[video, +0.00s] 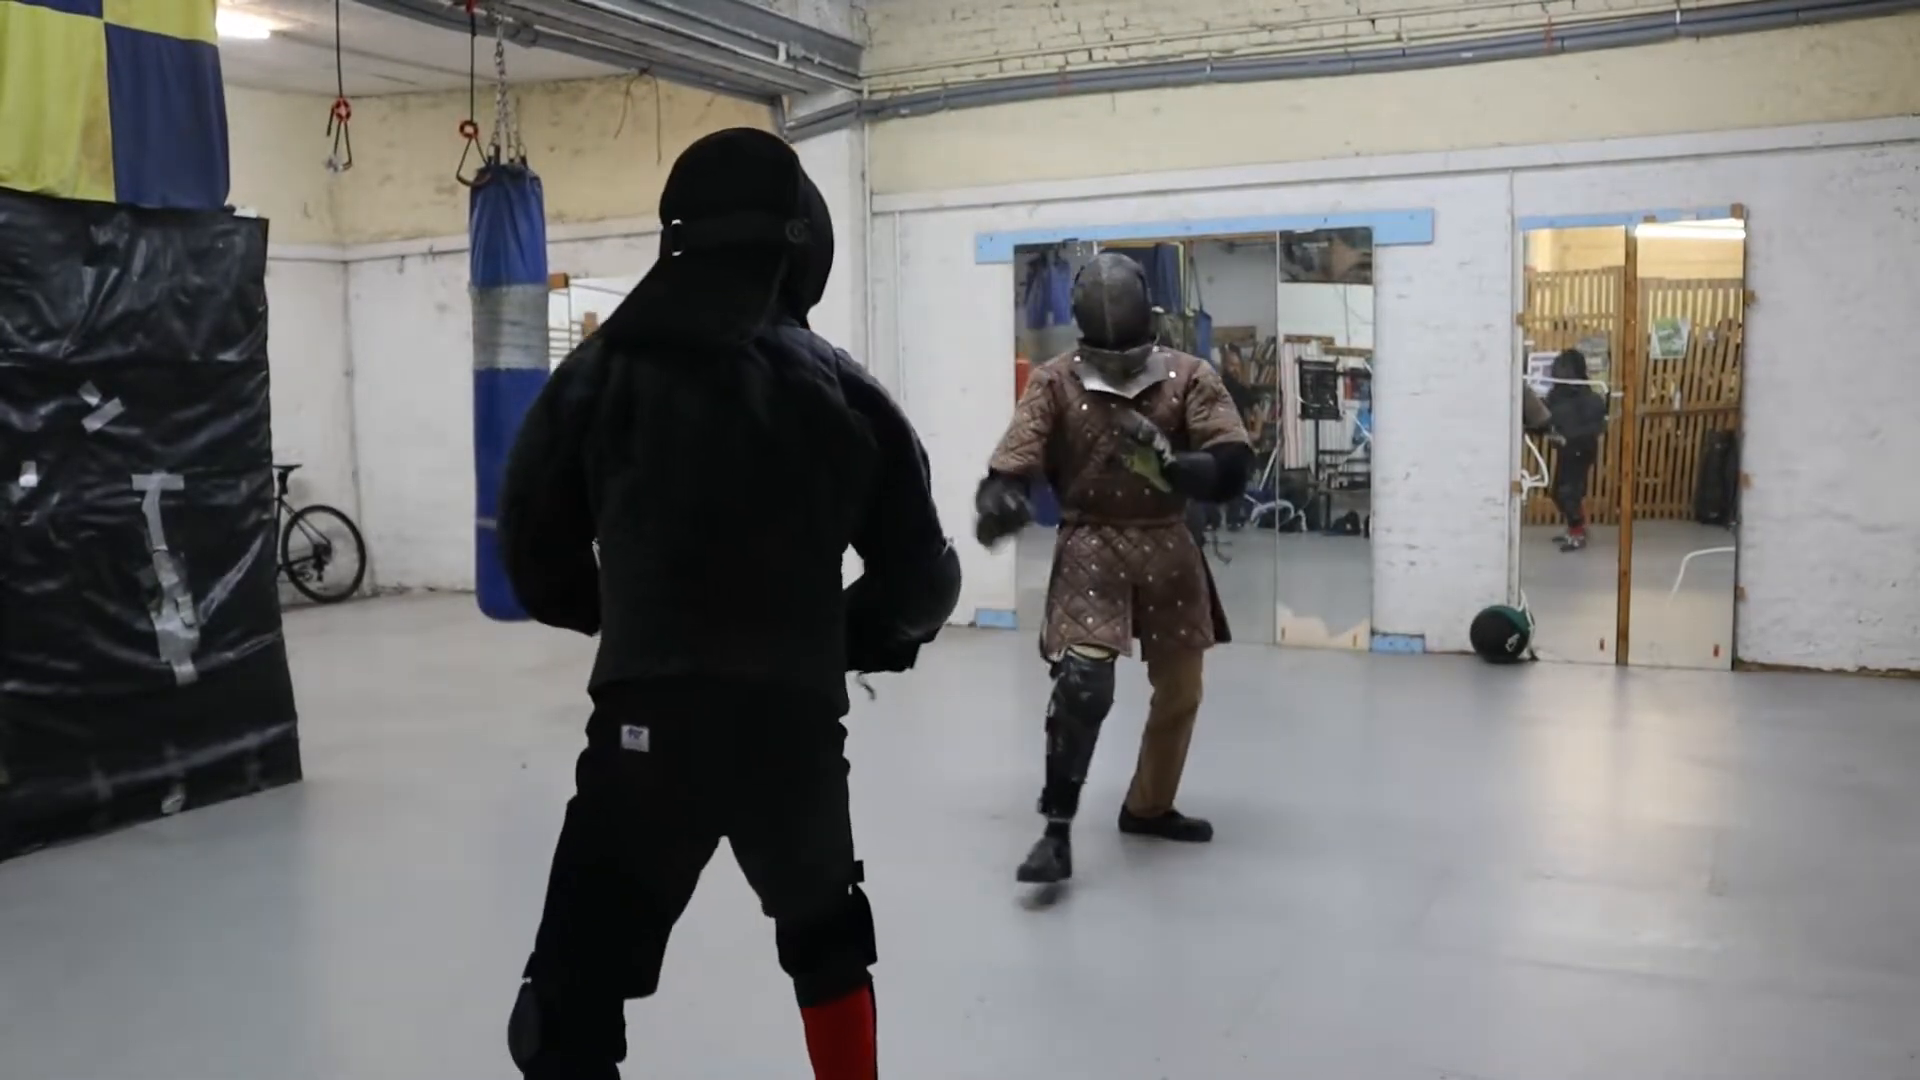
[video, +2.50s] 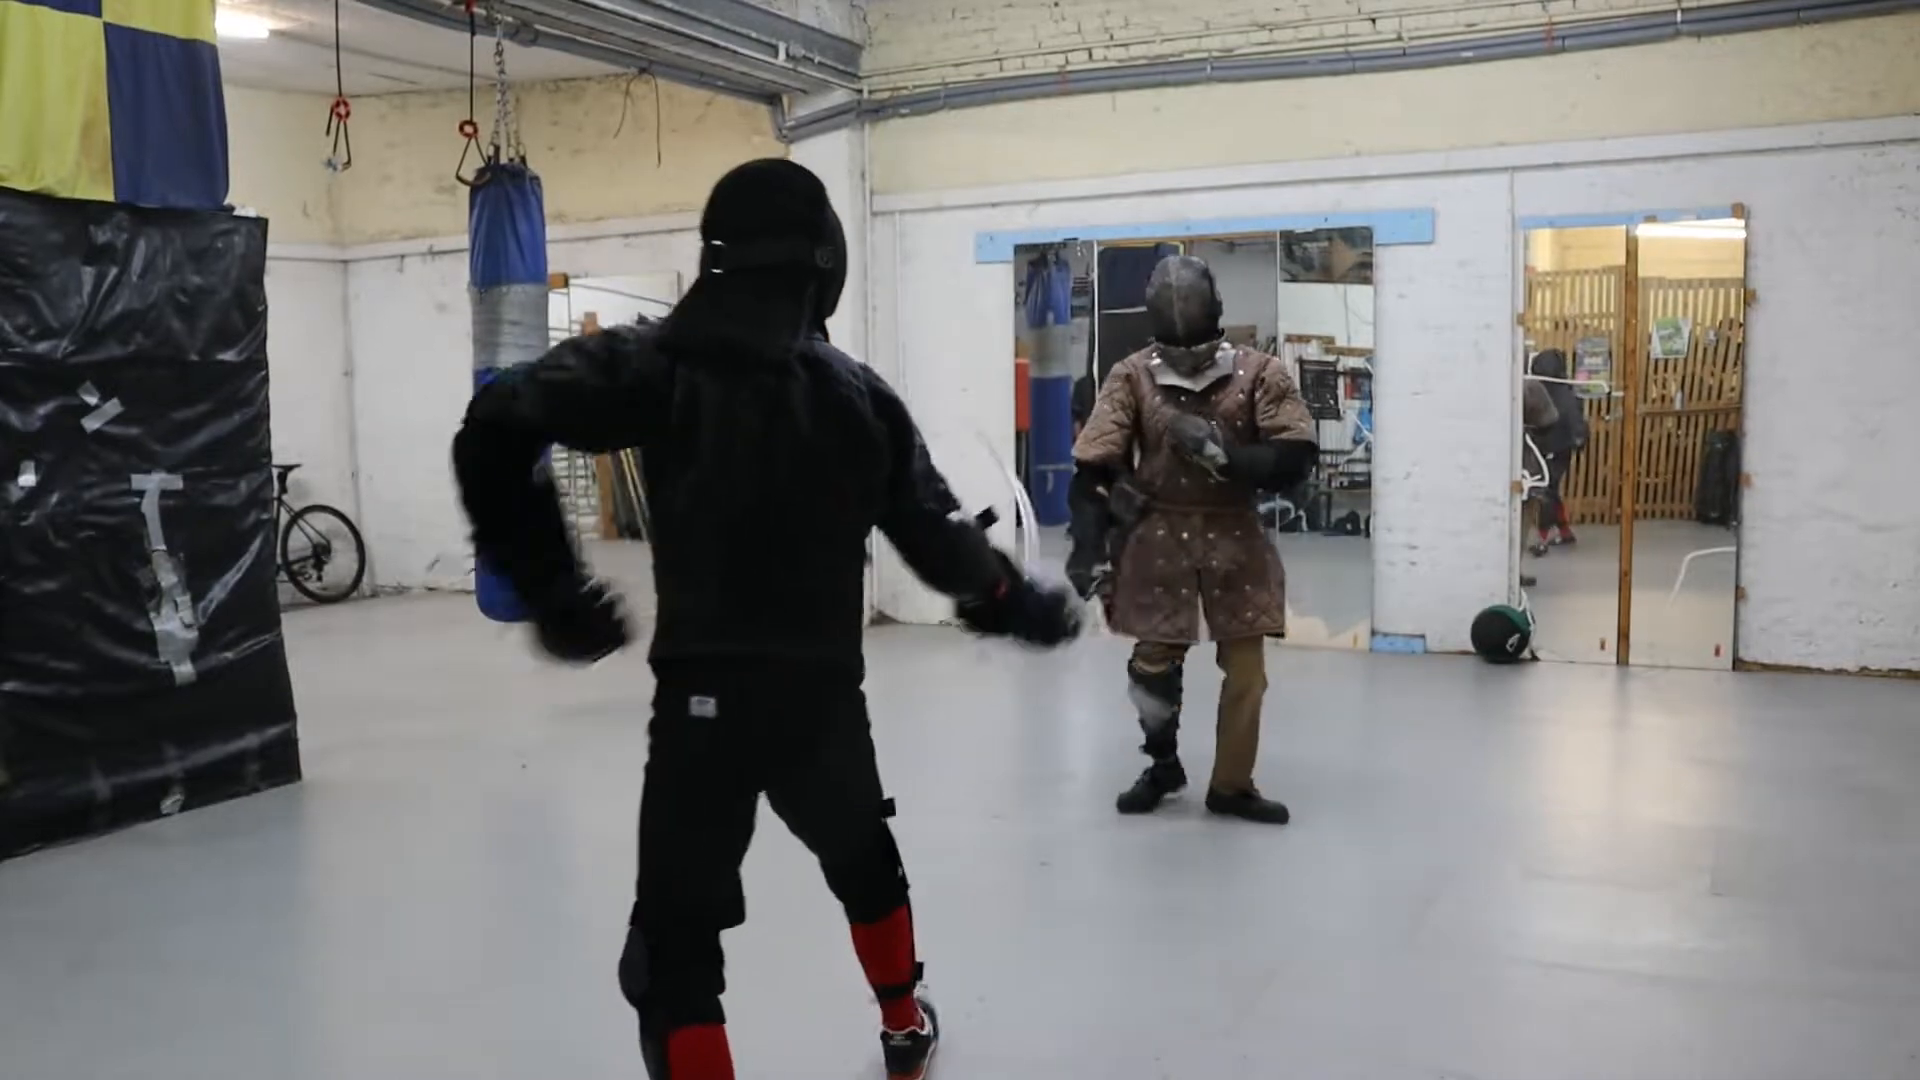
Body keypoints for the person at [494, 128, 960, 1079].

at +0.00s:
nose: (814, 258)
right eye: (807, 239)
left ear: (676, 243)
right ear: (796, 248)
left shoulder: (598, 374)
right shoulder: (839, 391)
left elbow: (536, 558)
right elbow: (922, 575)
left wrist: (625, 605)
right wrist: (841, 636)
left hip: (645, 736)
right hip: (792, 735)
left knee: (578, 984)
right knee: (827, 942)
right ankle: (849, 1073)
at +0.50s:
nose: (692, 263)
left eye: (684, 237)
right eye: (681, 238)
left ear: (533, 243)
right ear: (656, 246)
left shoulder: (454, 390)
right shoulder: (688, 377)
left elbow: (420, 577)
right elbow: (858, 526)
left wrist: (533, 620)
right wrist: (880, 518)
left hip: (512, 764)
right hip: (672, 761)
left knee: (449, 1026)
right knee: (776, 946)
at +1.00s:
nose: (546, 269)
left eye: (543, 245)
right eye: (540, 247)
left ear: (371, 247)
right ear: (510, 251)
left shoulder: (301, 395)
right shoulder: (545, 389)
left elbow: (276, 591)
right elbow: (658, 584)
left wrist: (389, 621)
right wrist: (706, 598)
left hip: (373, 794)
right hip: (537, 787)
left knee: (337, 1057)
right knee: (679, 954)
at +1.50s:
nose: (694, 264)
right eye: (684, 244)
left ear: (550, 258)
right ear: (666, 256)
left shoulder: (471, 402)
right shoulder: (710, 390)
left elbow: (435, 580)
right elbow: (873, 511)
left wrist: (540, 602)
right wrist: (938, 466)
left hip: (535, 755)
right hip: (683, 748)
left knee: (485, 995)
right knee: (771, 921)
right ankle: (794, 1071)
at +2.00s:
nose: (764, 264)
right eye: (758, 246)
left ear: (633, 254)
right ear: (752, 259)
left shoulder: (568, 378)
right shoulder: (792, 392)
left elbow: (412, 496)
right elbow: (890, 563)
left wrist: (542, 501)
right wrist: (940, 545)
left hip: (622, 738)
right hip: (758, 738)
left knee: (554, 988)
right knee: (792, 914)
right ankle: (796, 1072)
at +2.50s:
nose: (831, 278)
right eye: (828, 261)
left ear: (716, 260)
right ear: (820, 267)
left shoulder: (659, 365)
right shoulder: (858, 396)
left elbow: (495, 425)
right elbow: (938, 542)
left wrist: (560, 597)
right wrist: (1019, 601)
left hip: (701, 701)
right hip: (819, 700)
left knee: (678, 933)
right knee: (865, 861)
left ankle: (696, 1074)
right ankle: (905, 1032)